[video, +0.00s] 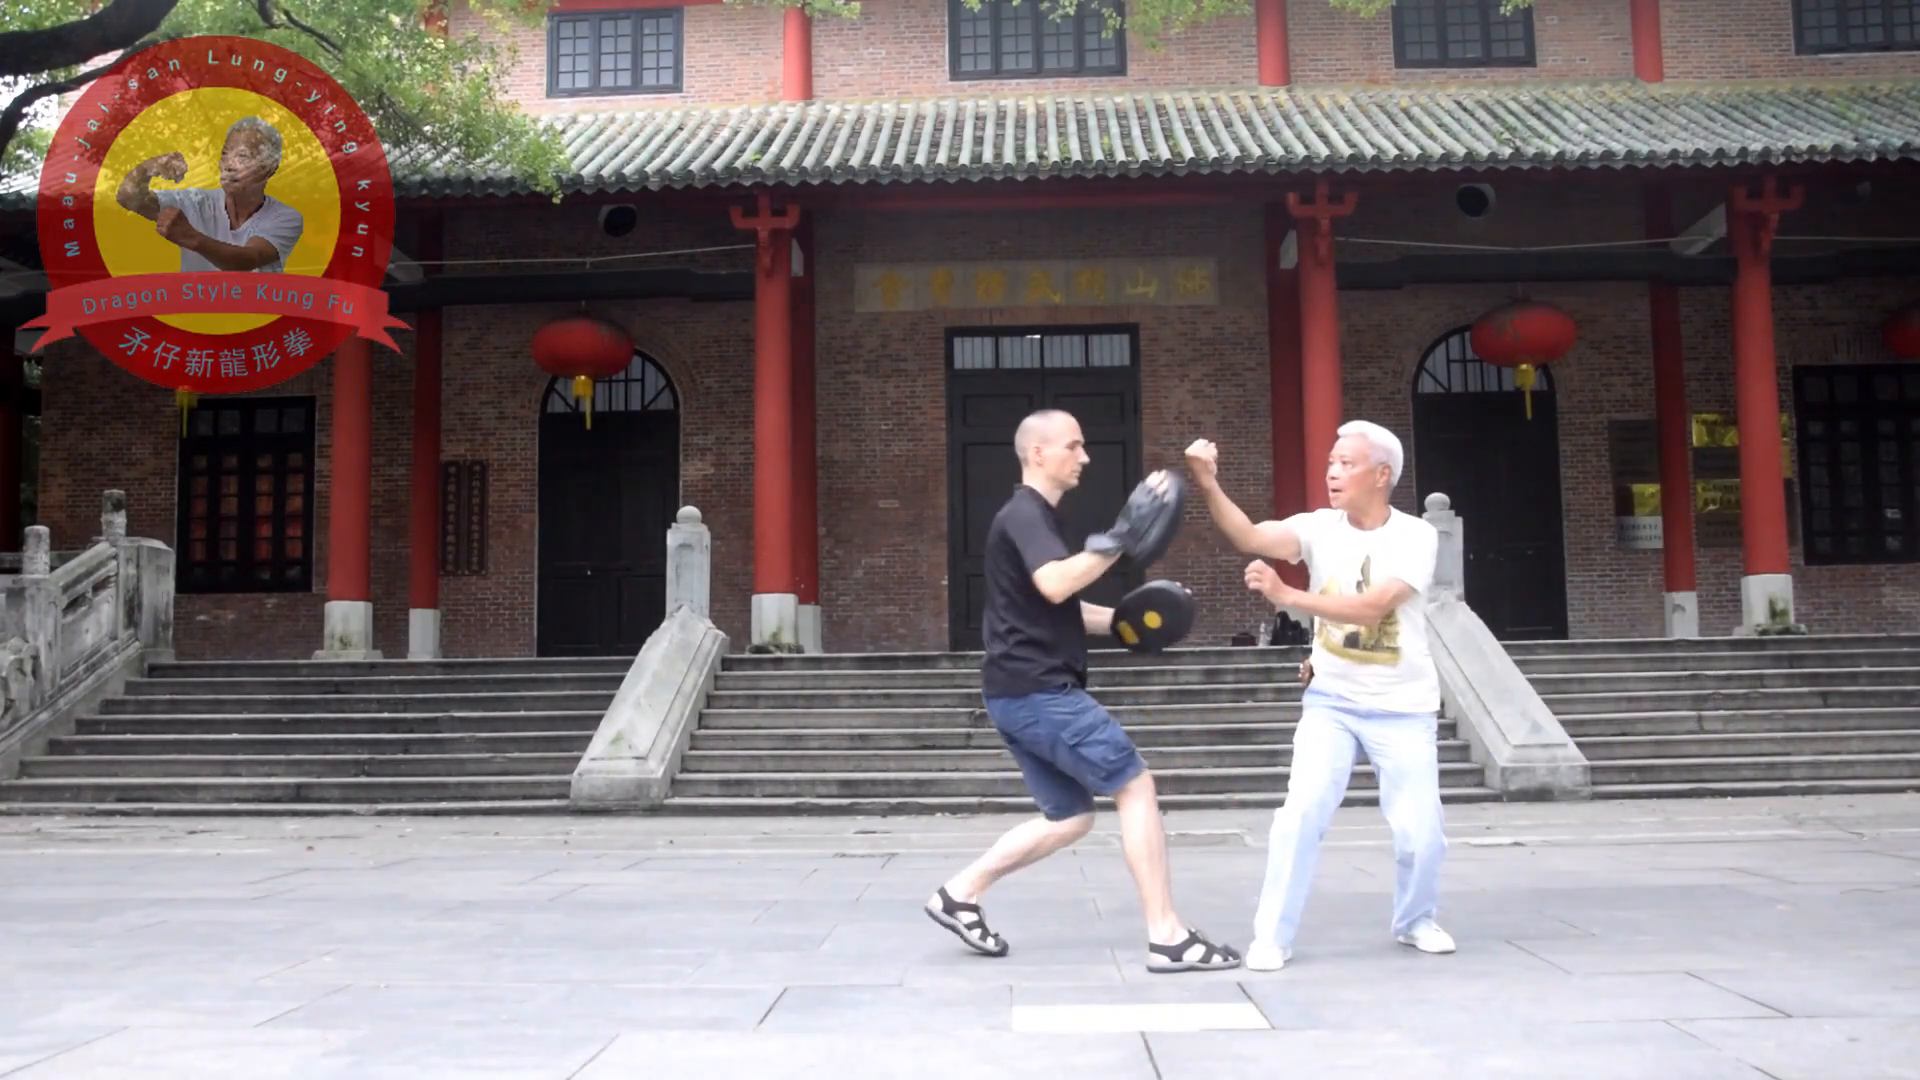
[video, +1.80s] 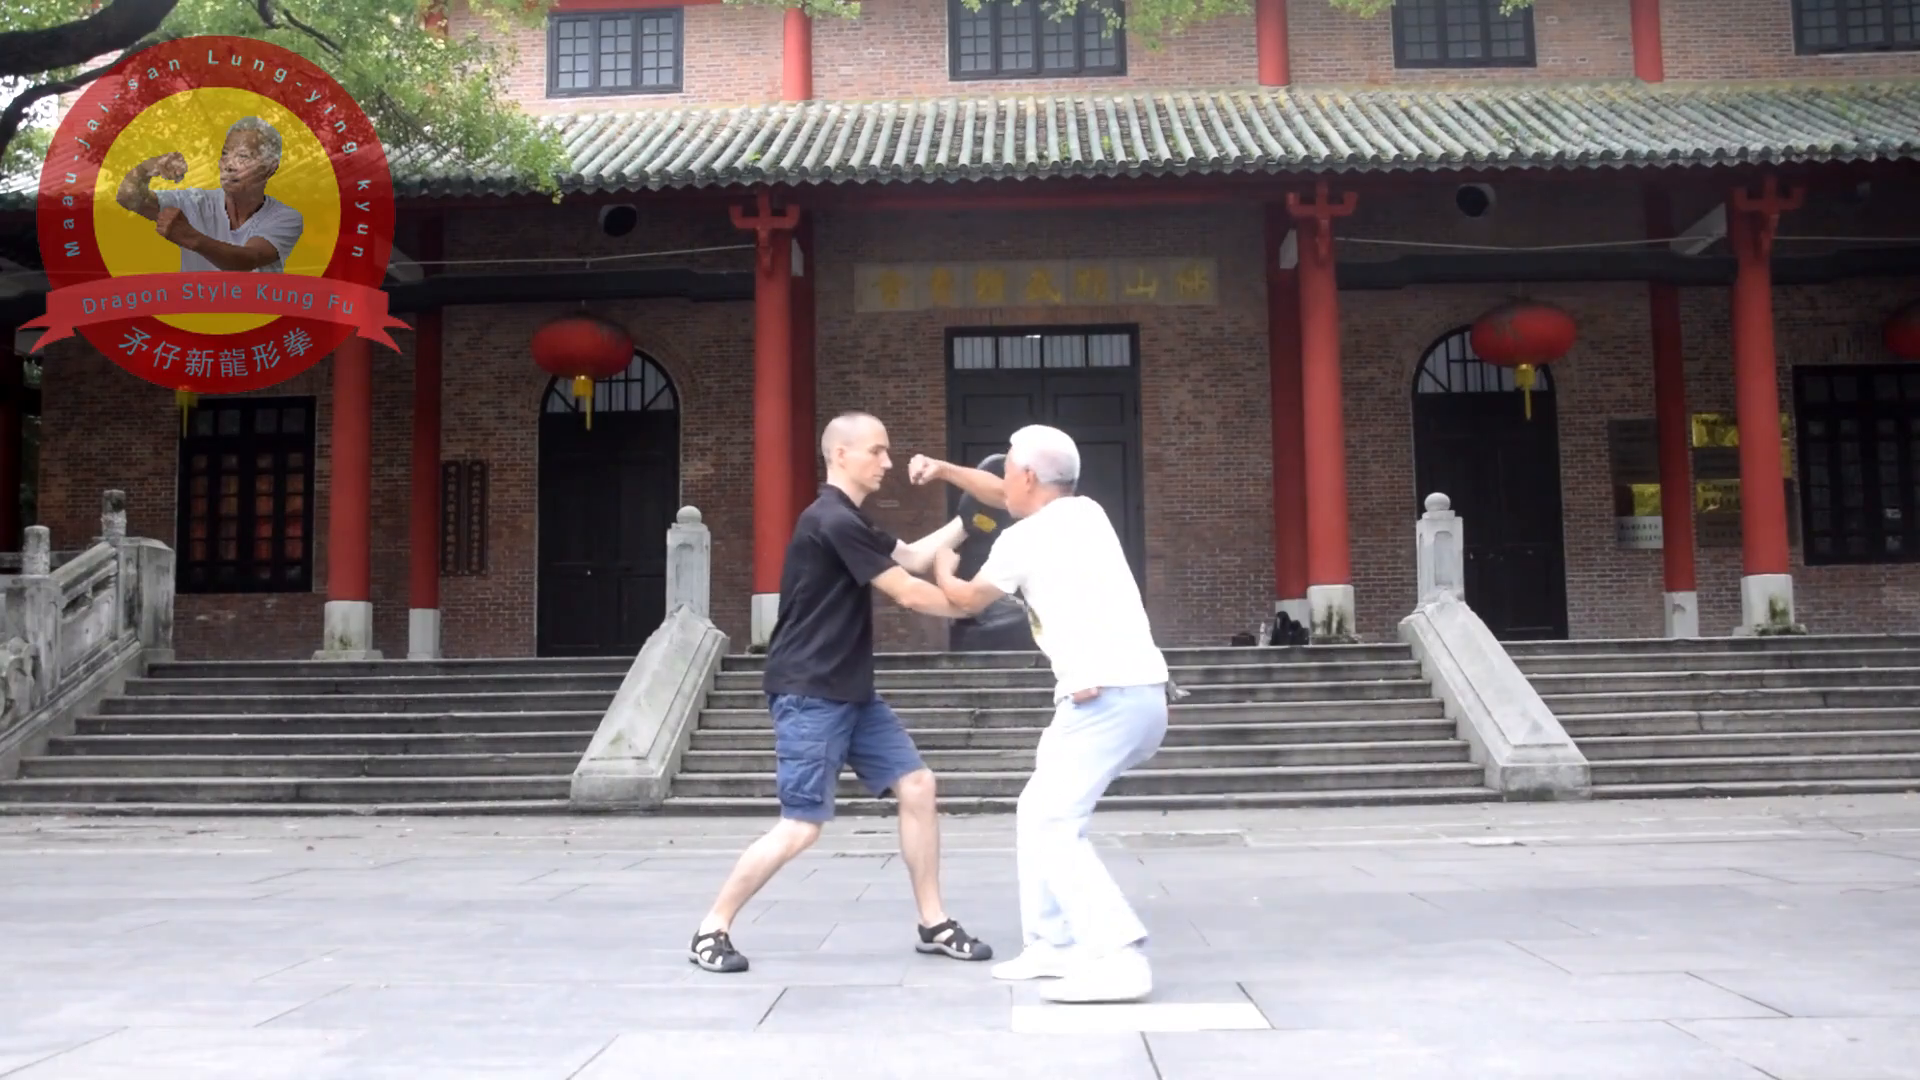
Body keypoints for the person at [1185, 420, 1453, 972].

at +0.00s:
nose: (1331, 473)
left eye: (1344, 464)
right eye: (1331, 463)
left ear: (1382, 476)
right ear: (1334, 470)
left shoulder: (1416, 536)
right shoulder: (1321, 528)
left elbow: (1370, 608)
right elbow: (1250, 537)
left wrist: (1283, 595)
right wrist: (1210, 485)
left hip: (1403, 708)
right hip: (1330, 701)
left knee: (1420, 831)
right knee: (1303, 811)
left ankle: (1418, 920)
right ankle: (1270, 938)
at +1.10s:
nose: (1302, 498)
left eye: (1313, 488)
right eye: (1302, 487)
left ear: (1351, 498)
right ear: (1339, 496)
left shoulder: (1387, 559)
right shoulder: (1288, 537)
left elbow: (1340, 635)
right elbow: (1217, 558)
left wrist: (1258, 633)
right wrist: (1168, 552)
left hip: (1355, 717)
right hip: (1279, 709)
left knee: (1409, 830)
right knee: (1252, 805)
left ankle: (1412, 923)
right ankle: (1256, 932)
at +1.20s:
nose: (1278, 509)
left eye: (1289, 499)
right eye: (1278, 498)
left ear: (1328, 508)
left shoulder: (1361, 568)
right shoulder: (1264, 544)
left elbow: (1323, 633)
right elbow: (1219, 588)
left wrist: (1274, 693)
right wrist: (1269, 579)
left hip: (1332, 721)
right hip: (1256, 713)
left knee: (1392, 833)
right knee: (1198, 797)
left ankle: (1411, 923)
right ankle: (1173, 923)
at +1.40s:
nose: (1155, 502)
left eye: (1166, 493)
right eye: (1158, 493)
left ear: (1200, 503)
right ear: (1184, 501)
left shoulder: (1235, 560)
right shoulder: (1151, 547)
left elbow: (1177, 612)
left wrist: (1102, 566)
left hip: (1255, 732)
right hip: (1185, 730)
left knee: (1321, 831)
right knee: (1112, 809)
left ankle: (1407, 911)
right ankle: (1066, 936)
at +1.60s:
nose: (1049, 484)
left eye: (1056, 476)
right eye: (1054, 474)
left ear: (1080, 487)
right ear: (1092, 489)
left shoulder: (1083, 545)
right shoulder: (1111, 528)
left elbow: (1014, 605)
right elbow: (1037, 515)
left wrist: (975, 612)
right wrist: (973, 491)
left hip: (1168, 719)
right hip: (1123, 717)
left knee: (1186, 848)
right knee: (1054, 804)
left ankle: (1294, 885)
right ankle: (1053, 940)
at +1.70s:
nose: (1017, 483)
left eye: (1021, 473)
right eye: (1021, 473)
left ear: (1042, 482)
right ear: (1069, 483)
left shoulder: (1043, 542)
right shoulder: (1097, 517)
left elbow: (989, 606)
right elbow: (1016, 505)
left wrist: (958, 598)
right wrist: (952, 477)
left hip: (1129, 706)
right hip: (1129, 703)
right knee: (1042, 807)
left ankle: (1224, 913)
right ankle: (1055, 941)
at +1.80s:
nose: (1003, 475)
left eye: (1007, 467)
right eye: (1008, 466)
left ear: (1026, 476)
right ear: (1061, 477)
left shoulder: (1026, 535)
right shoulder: (1089, 513)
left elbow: (966, 598)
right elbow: (1007, 493)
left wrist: (938, 559)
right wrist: (945, 470)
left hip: (1098, 701)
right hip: (1144, 697)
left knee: (1052, 820)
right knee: (1037, 808)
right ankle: (1050, 943)